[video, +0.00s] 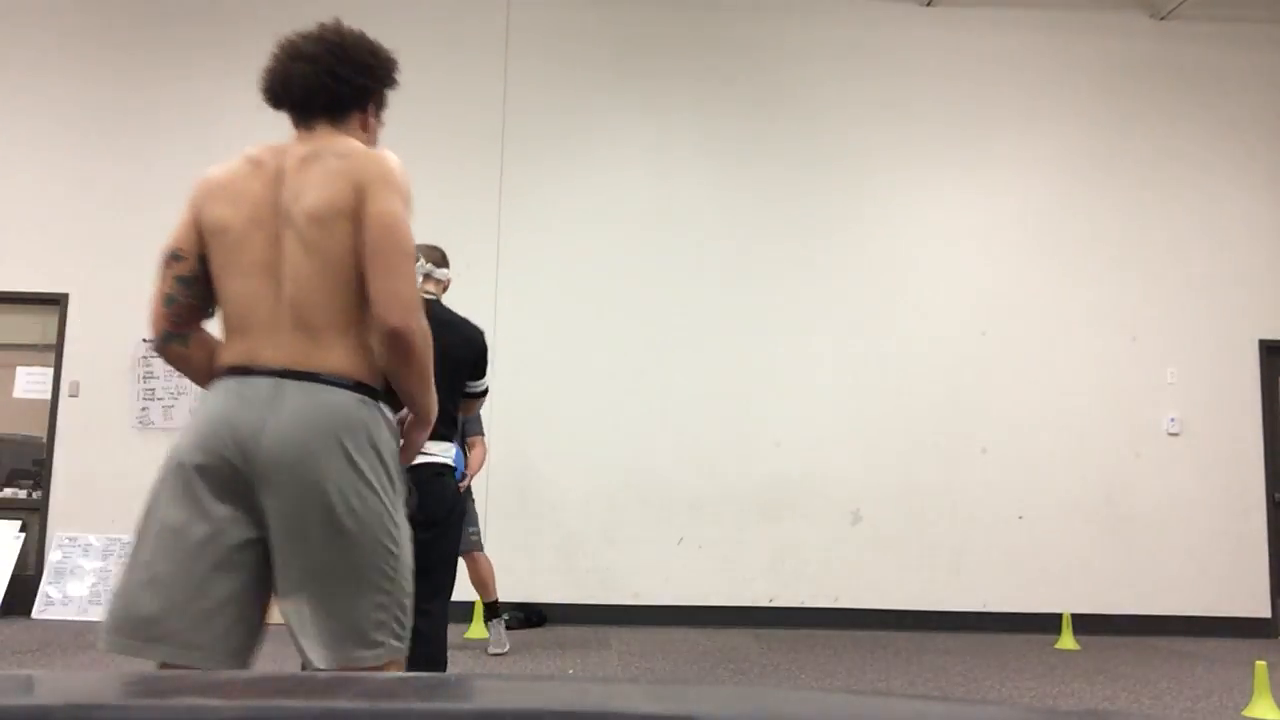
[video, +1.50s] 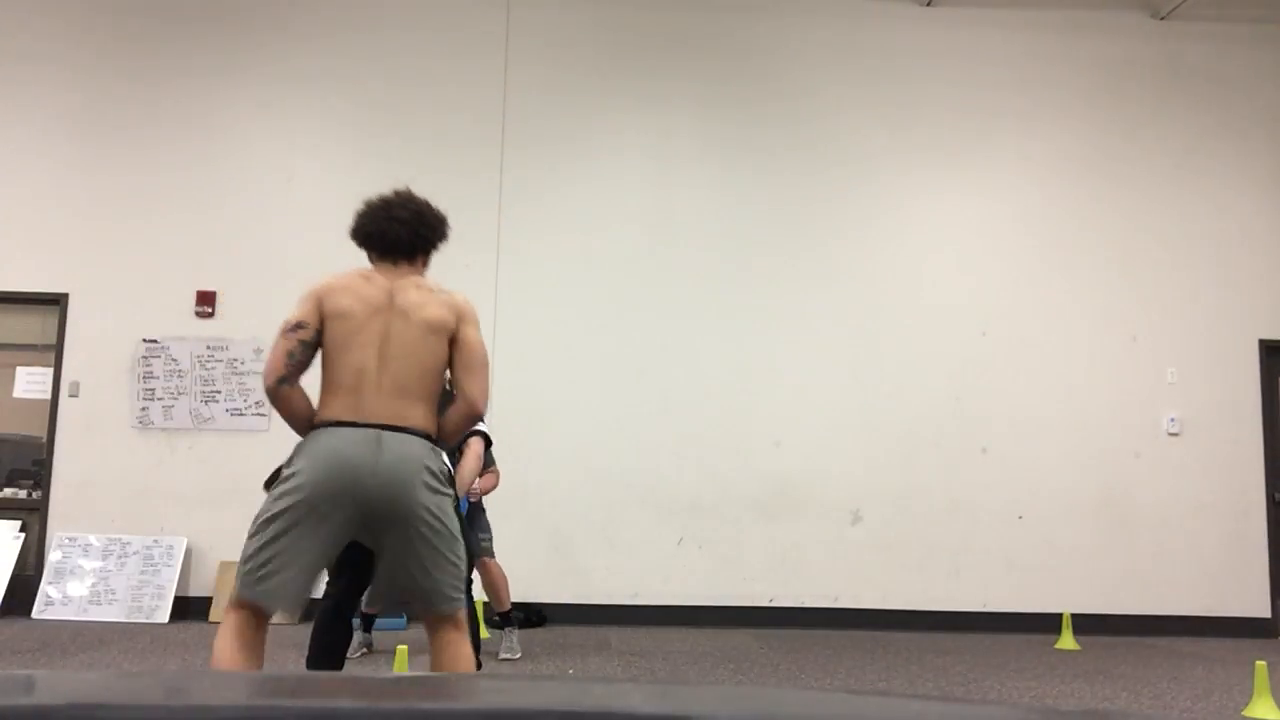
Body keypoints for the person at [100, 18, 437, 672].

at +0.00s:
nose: (382, 130)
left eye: (383, 117)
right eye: (382, 116)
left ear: (293, 109)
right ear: (367, 111)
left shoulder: (220, 183)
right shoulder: (373, 170)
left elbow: (173, 329)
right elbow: (398, 323)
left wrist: (247, 392)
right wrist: (423, 415)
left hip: (228, 409)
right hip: (332, 419)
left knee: (187, 668)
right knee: (373, 667)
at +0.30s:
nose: (453, 151)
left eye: (453, 138)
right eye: (454, 139)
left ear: (377, 124)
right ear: (447, 138)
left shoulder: (303, 194)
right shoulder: (467, 217)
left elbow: (247, 321)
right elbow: (490, 356)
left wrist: (306, 391)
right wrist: (442, 401)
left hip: (302, 419)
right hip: (408, 426)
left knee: (265, 642)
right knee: (407, 652)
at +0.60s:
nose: (449, 169)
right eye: (451, 158)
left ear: (376, 147)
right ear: (446, 158)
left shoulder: (318, 217)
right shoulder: (474, 240)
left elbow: (264, 334)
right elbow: (495, 368)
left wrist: (320, 395)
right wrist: (430, 398)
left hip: (330, 431)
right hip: (428, 436)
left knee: (275, 642)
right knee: (417, 645)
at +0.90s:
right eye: (380, 169)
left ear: (315, 170)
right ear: (383, 171)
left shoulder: (272, 248)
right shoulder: (422, 246)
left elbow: (237, 365)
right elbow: (457, 359)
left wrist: (298, 406)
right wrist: (397, 403)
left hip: (299, 433)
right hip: (392, 438)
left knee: (262, 633)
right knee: (411, 636)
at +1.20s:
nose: (380, 207)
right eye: (381, 196)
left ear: (314, 197)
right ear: (376, 197)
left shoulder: (267, 260)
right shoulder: (401, 258)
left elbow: (225, 367)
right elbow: (429, 365)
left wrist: (287, 413)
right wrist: (392, 417)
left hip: (288, 435)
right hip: (373, 440)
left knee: (257, 628)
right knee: (424, 622)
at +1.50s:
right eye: (426, 250)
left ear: (368, 248)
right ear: (425, 252)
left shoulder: (327, 292)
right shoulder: (455, 308)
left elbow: (278, 378)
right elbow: (473, 403)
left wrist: (323, 438)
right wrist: (423, 445)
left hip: (328, 454)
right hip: (413, 460)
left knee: (248, 608)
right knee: (447, 622)